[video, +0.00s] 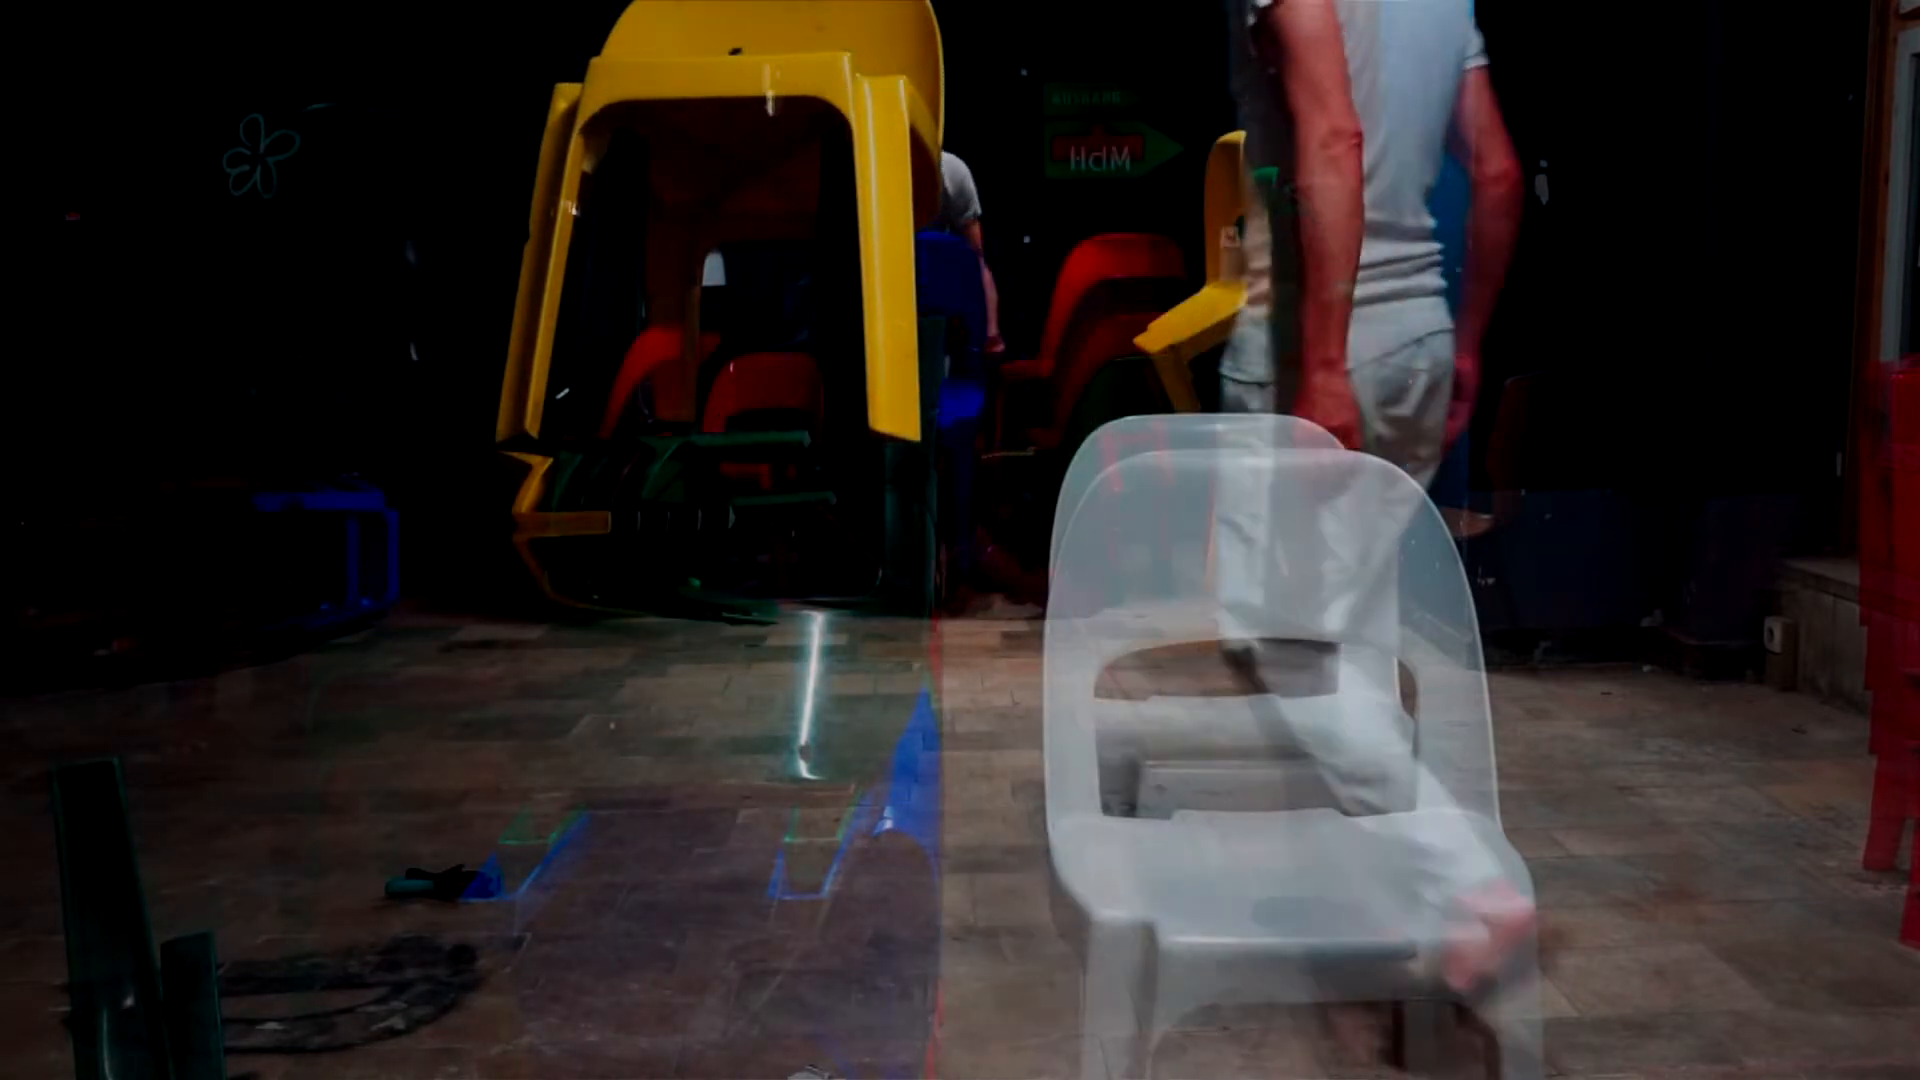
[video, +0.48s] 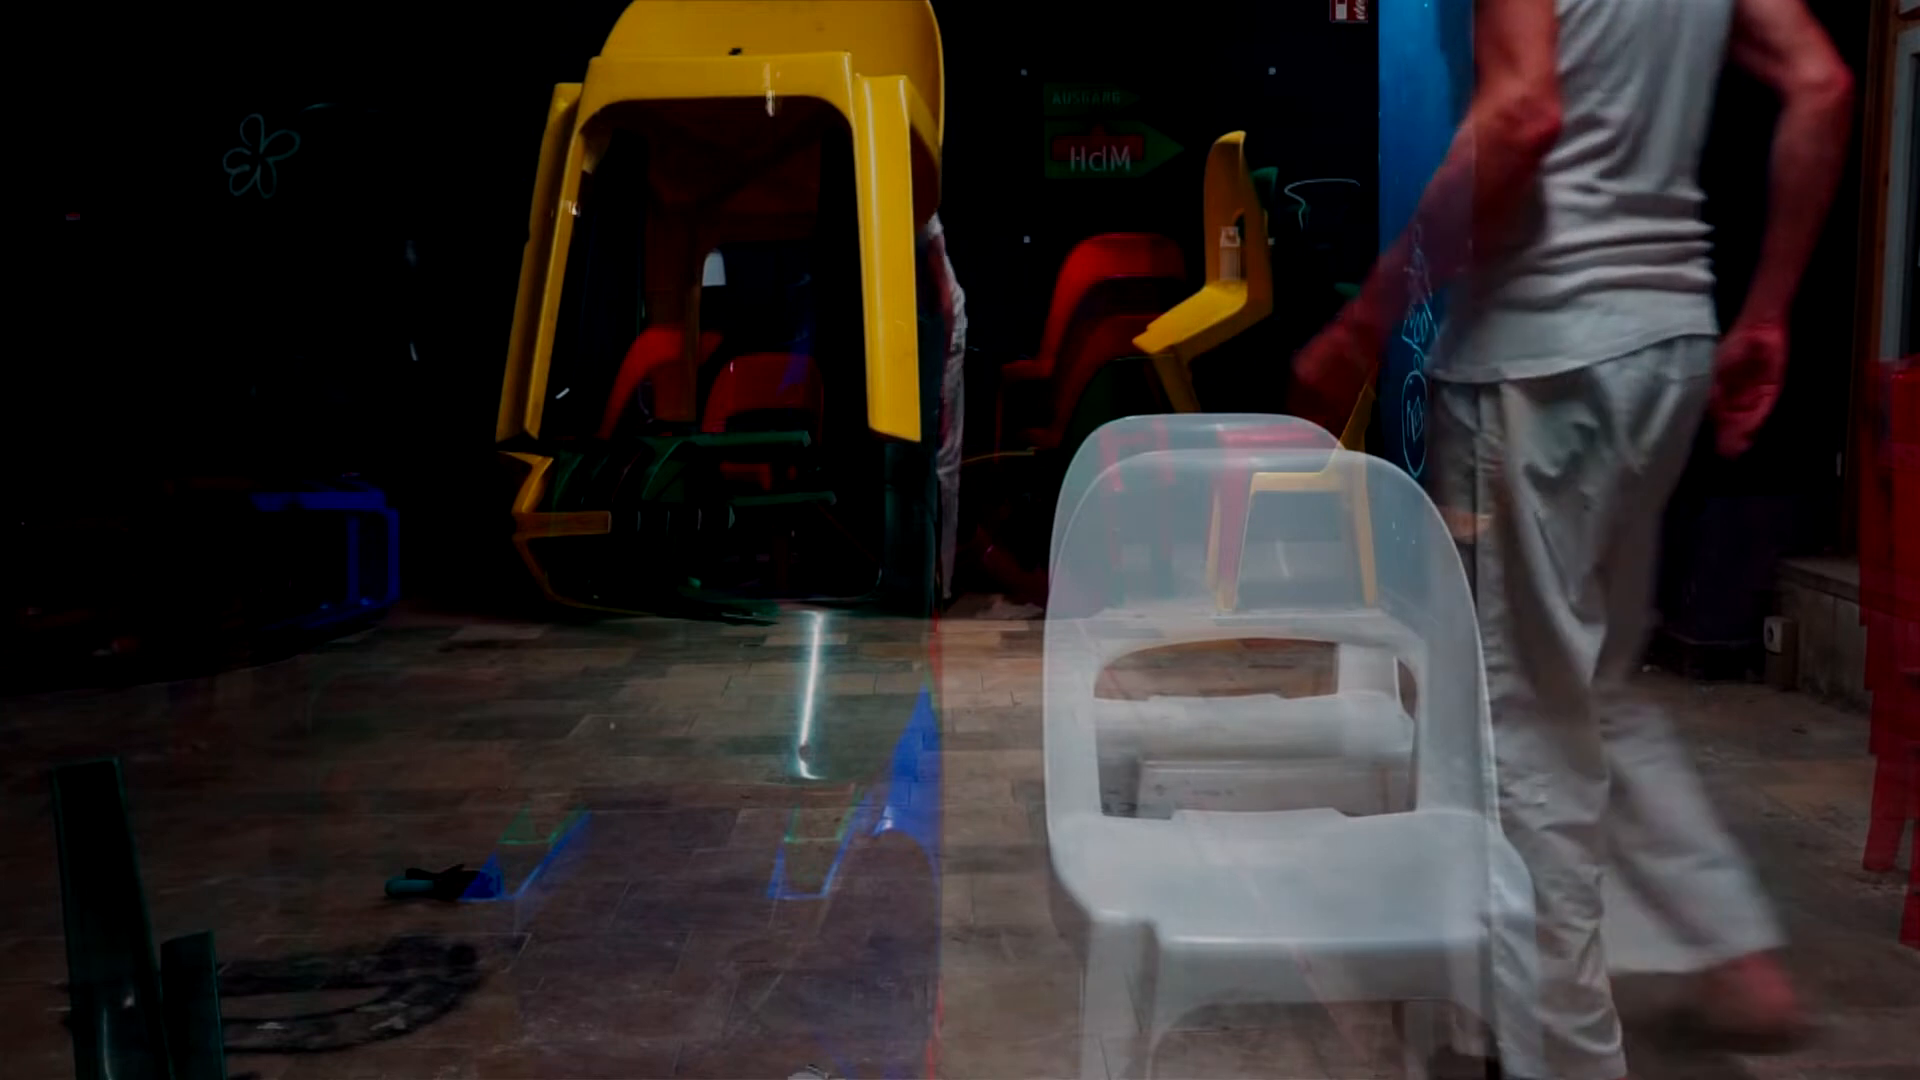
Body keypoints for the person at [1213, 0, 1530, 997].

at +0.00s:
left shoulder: (1296, 6)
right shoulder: (1441, 8)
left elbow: (1334, 142)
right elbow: (1497, 171)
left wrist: (1323, 364)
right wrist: (1466, 340)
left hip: (1316, 342)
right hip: (1419, 328)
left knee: (1279, 641)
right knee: (1365, 635)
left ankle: (1470, 895)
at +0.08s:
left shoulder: (1335, 7)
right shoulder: (1479, 9)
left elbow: (1347, 158)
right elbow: (1544, 168)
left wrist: (1286, 378)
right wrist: (1510, 344)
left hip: (1368, 348)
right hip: (1456, 344)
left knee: (1359, 657)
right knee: (1341, 644)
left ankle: (1518, 950)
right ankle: (1368, 944)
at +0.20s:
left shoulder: (1384, 6)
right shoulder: (1548, 7)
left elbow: (1384, 156)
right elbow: (1623, 149)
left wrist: (1245, 341)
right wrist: (1578, 340)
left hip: (1408, 364)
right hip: (1516, 352)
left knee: (1461, 695)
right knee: (1392, 671)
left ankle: (1563, 1027)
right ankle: (1386, 956)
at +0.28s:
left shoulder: (1416, 4)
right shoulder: (1589, 5)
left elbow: (1417, 137)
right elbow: (1675, 125)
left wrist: (1266, 292)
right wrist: (1631, 327)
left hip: (1443, 361)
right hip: (1561, 347)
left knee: (1494, 700)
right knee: (1444, 665)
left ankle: (1562, 1038)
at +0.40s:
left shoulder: (1473, 1)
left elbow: (1473, 119)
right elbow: (1758, 91)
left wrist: (1307, 294)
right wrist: (1710, 314)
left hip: (1499, 351)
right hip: (1627, 337)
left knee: (1520, 712)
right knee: (1522, 668)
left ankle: (1561, 1045)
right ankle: (1589, 949)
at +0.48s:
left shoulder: (1519, 4)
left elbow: (1520, 114)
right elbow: (1819, 79)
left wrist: (1368, 318)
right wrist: (1766, 309)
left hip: (1536, 350)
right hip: (1672, 332)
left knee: (1522, 706)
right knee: (1604, 681)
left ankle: (1559, 1044)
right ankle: (1742, 965)